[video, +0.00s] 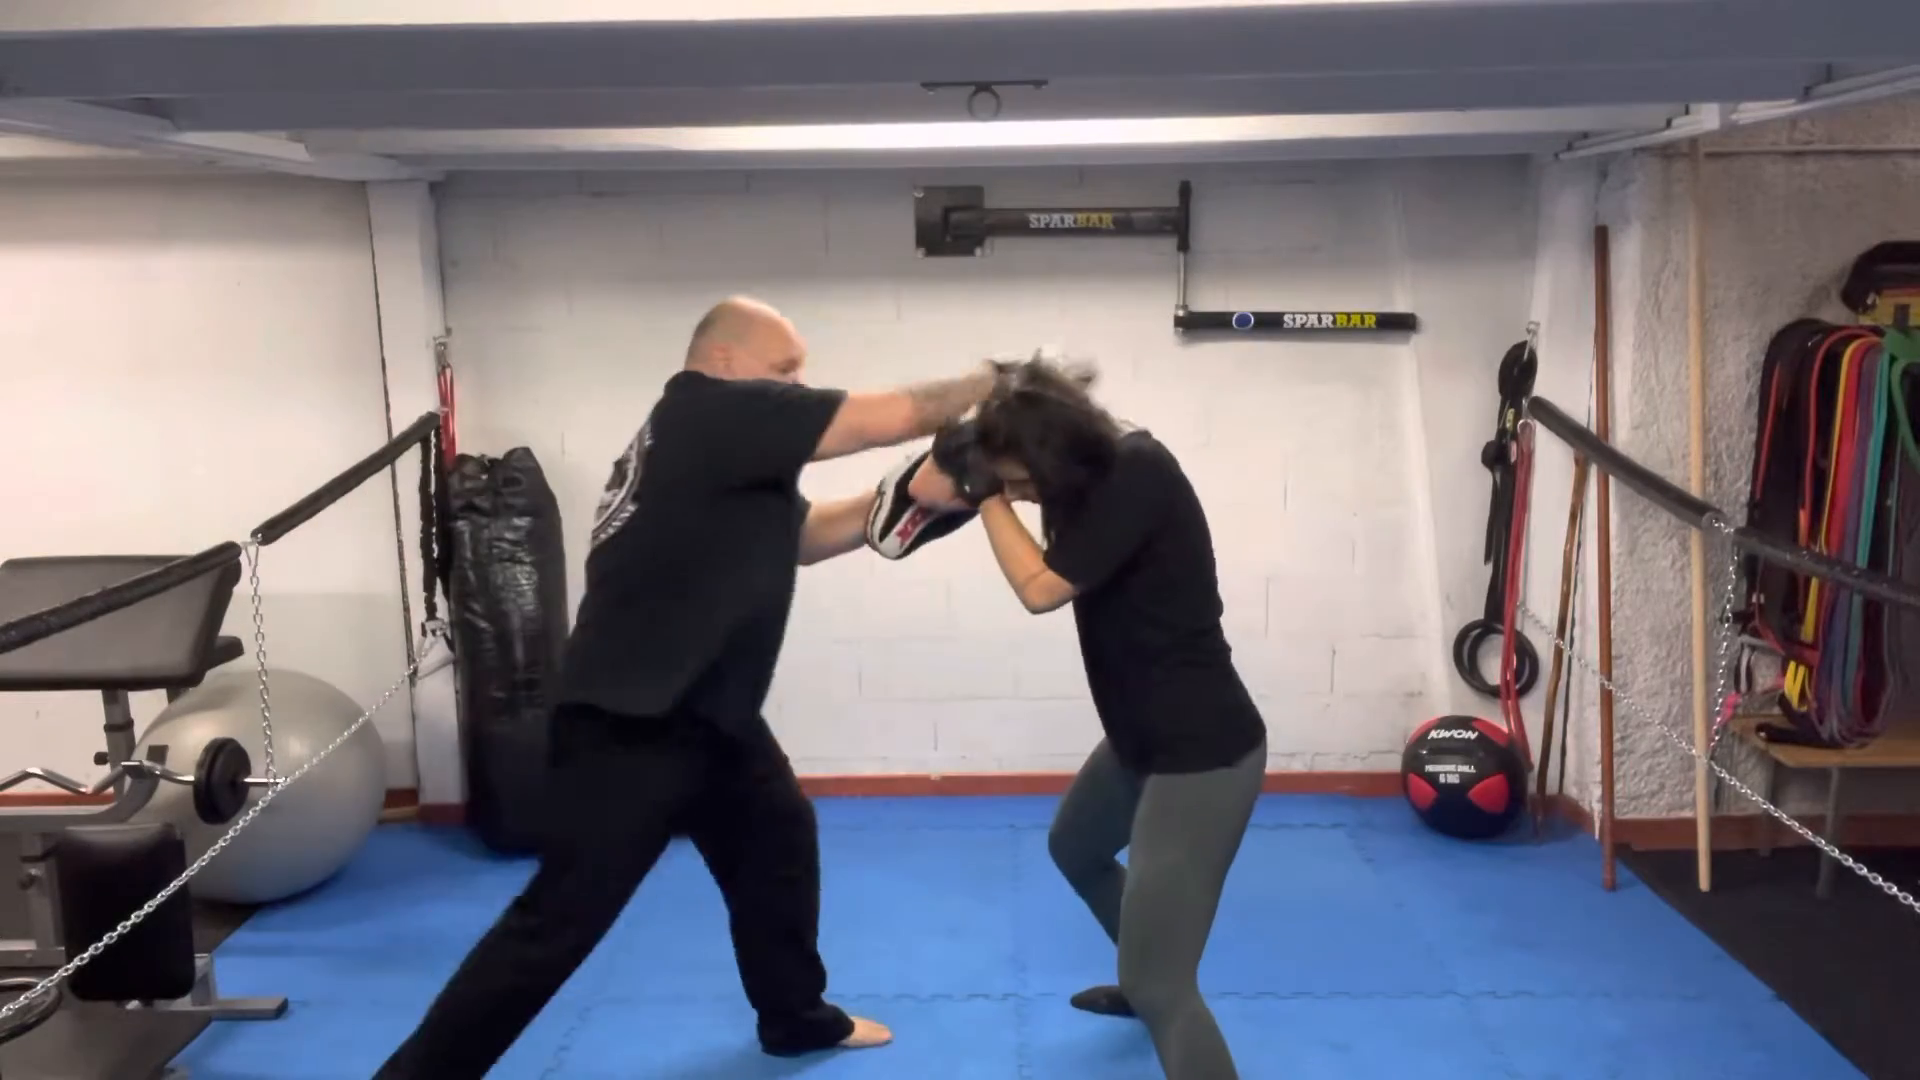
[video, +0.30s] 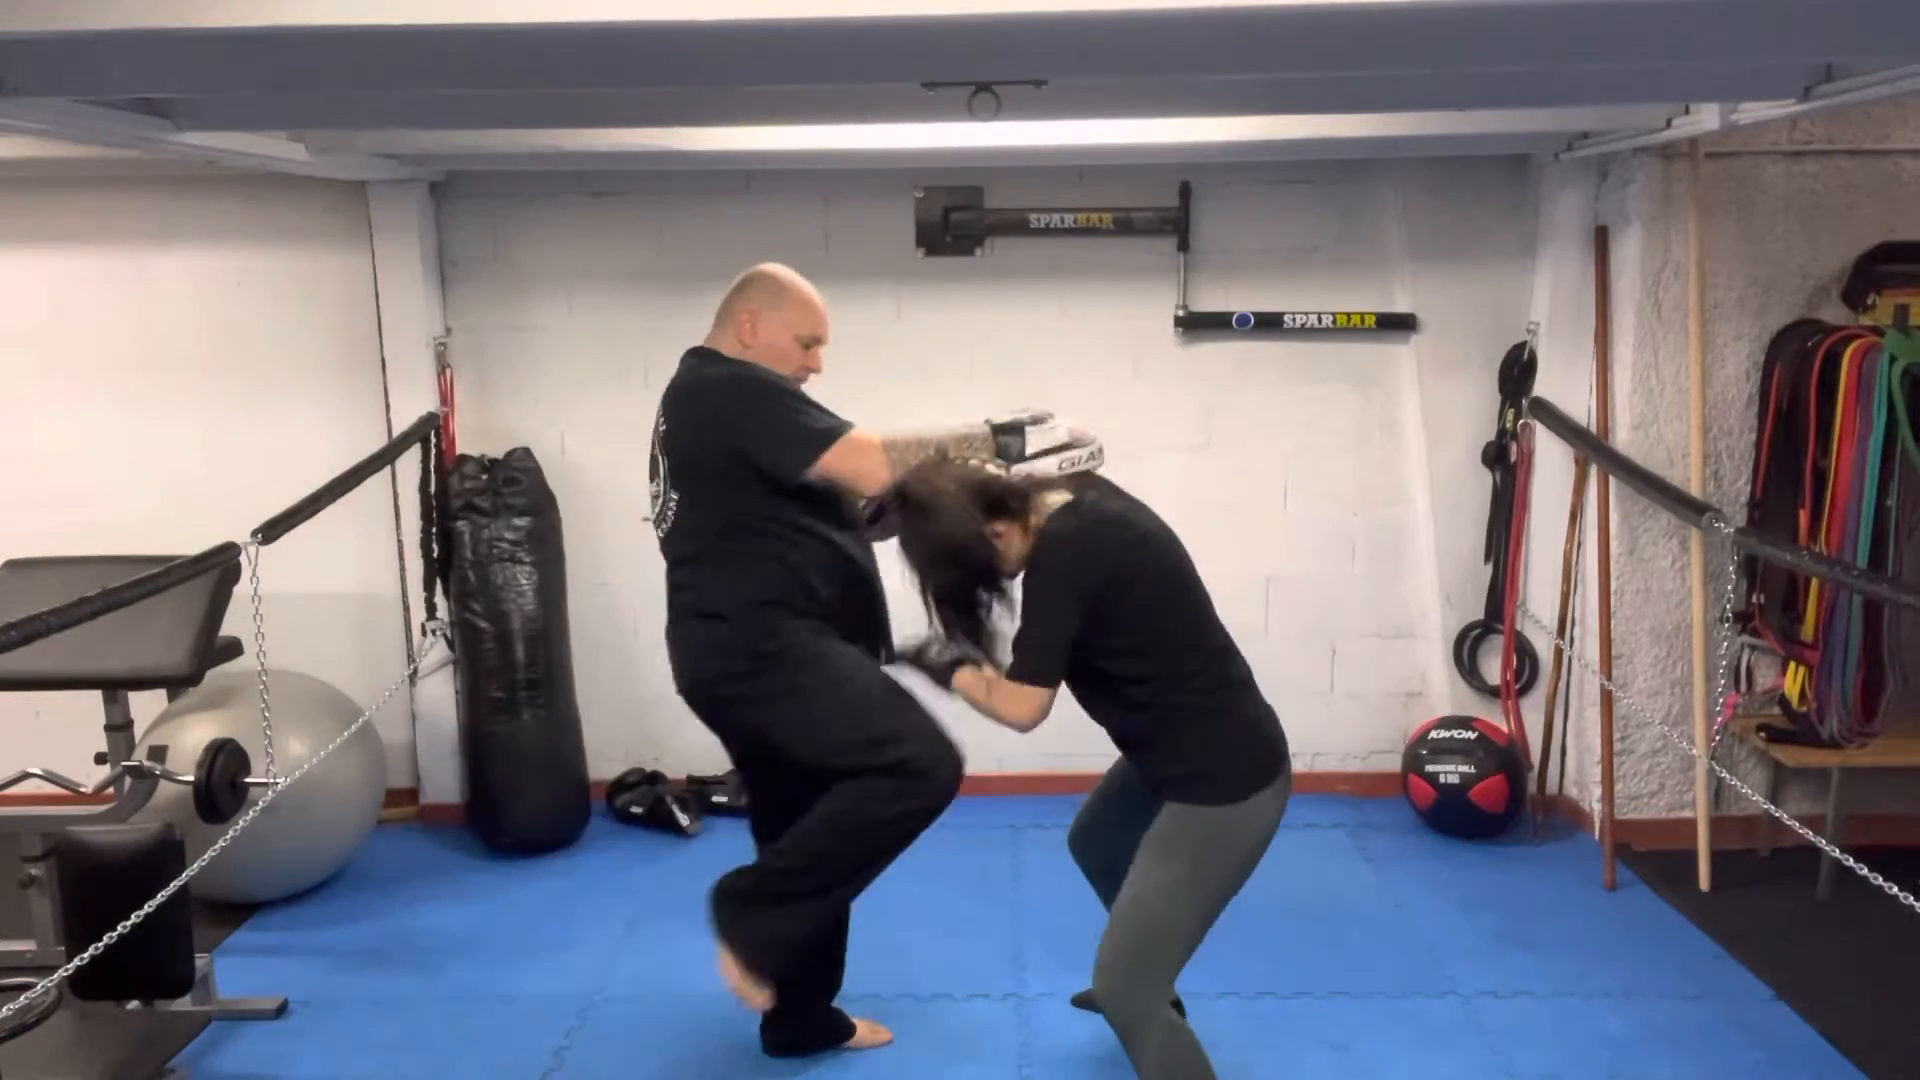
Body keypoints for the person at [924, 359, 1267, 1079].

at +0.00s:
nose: (1014, 495)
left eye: (1018, 482)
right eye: (1006, 484)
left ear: (1050, 463)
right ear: (1051, 442)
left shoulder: (1135, 476)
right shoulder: (1088, 469)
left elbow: (1039, 588)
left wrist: (986, 492)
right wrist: (956, 473)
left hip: (1204, 751)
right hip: (1144, 736)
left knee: (1157, 981)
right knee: (1077, 847)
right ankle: (1150, 984)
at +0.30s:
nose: (995, 576)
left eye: (988, 567)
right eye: (982, 572)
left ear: (997, 529)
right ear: (998, 505)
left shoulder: (1066, 552)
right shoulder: (1079, 498)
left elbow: (1022, 706)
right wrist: (977, 658)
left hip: (1228, 775)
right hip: (1177, 749)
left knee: (1128, 987)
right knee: (1097, 843)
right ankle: (1146, 989)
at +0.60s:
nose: (1025, 614)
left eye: (1025, 605)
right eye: (1015, 609)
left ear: (1055, 575)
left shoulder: (1156, 561)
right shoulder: (1043, 543)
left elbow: (1179, 718)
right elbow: (1114, 681)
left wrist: (1055, 702)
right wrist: (1046, 691)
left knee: (1150, 990)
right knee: (1070, 898)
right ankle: (1143, 977)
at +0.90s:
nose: (1037, 414)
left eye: (1055, 408)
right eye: (1040, 400)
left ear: (1111, 430)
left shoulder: (1170, 500)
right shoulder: (1086, 451)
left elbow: (1047, 579)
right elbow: (1014, 390)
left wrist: (982, 453)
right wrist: (962, 386)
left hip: (1157, 772)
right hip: (1094, 747)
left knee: (1105, 997)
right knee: (1040, 872)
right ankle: (1135, 994)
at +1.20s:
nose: (973, 393)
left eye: (972, 377)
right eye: (969, 379)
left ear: (1002, 374)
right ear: (1055, 348)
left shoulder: (1019, 476)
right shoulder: (1130, 414)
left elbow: (964, 602)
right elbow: (1217, 327)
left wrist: (953, 529)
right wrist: (1113, 329)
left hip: (1072, 730)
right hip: (1108, 703)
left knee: (1074, 943)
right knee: (1035, 842)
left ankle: (1145, 1070)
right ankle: (1111, 986)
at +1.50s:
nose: (959, 405)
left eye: (969, 394)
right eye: (961, 393)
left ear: (1014, 403)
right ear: (1025, 401)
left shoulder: (1102, 482)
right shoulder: (1019, 451)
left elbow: (1063, 620)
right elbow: (965, 419)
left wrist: (959, 532)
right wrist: (917, 397)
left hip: (1096, 732)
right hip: (1025, 715)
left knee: (1058, 948)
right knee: (970, 854)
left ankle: (1129, 1073)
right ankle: (1054, 972)